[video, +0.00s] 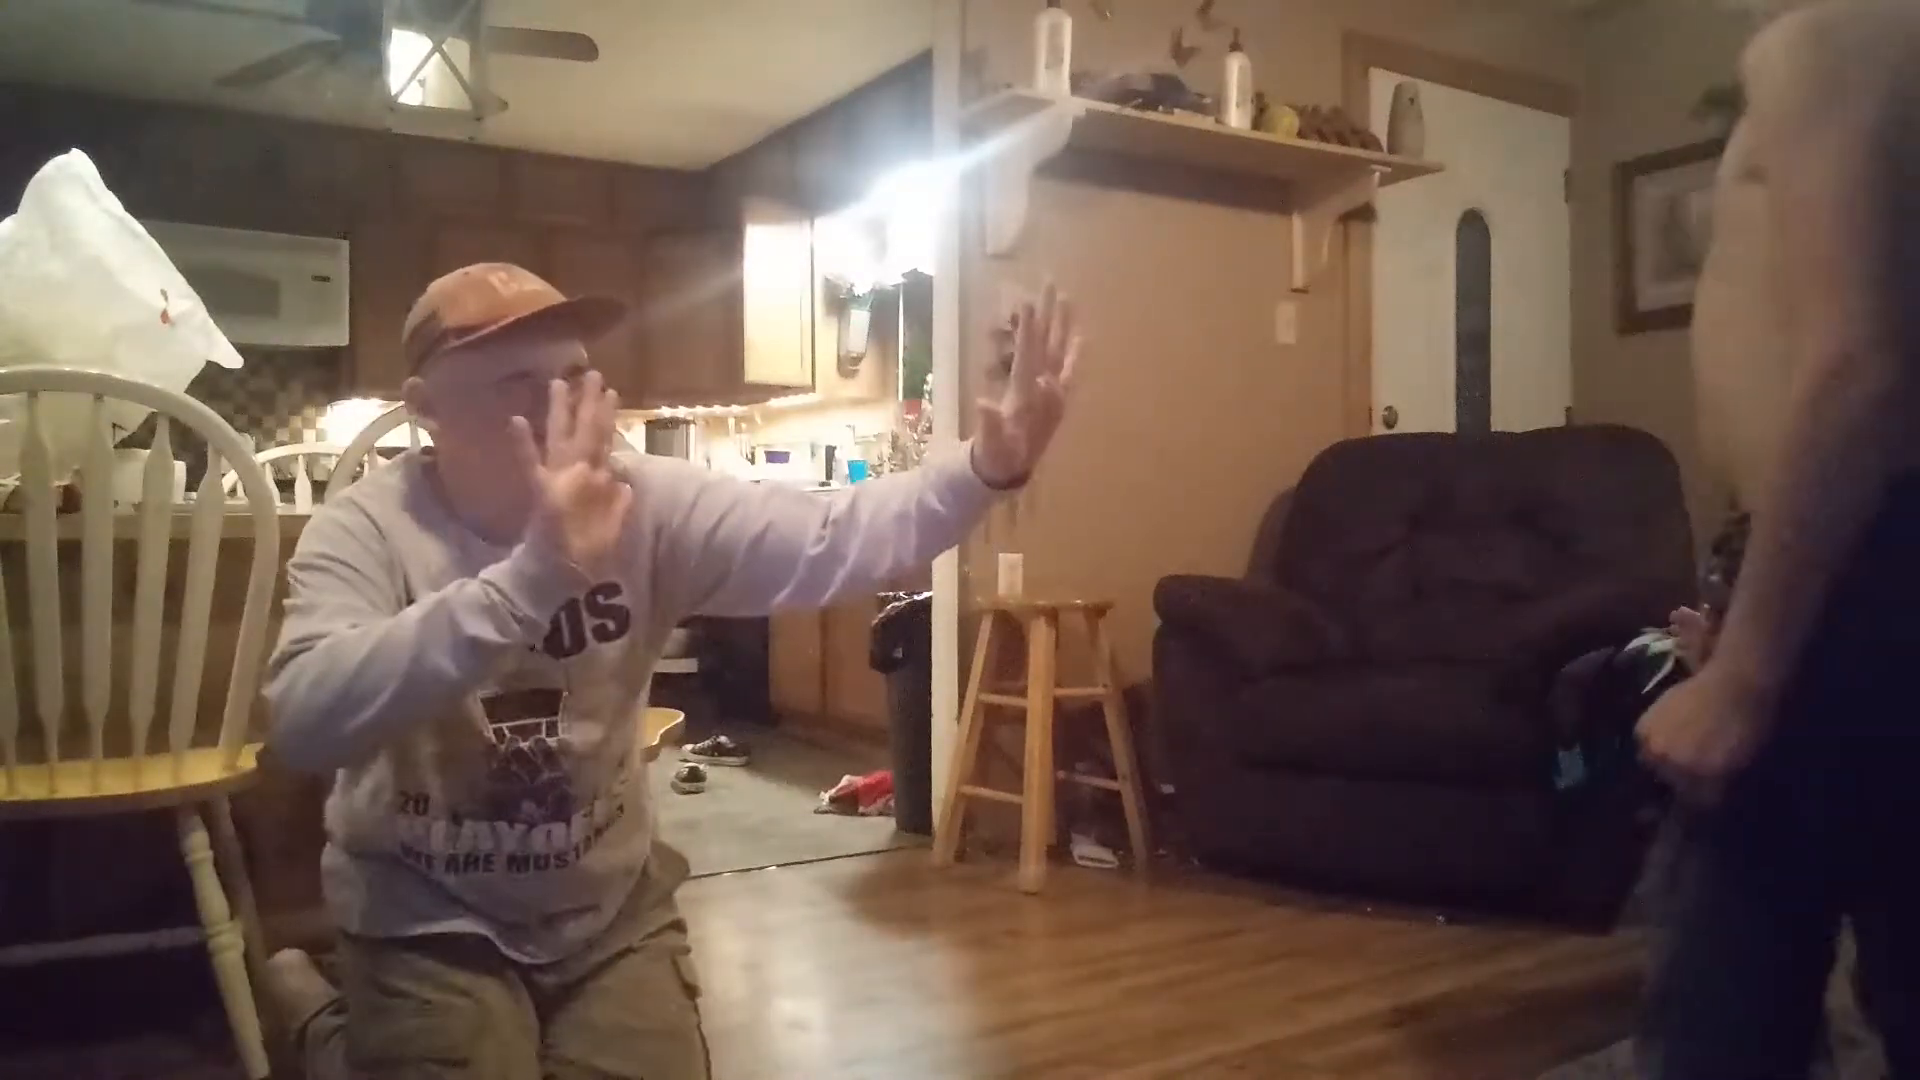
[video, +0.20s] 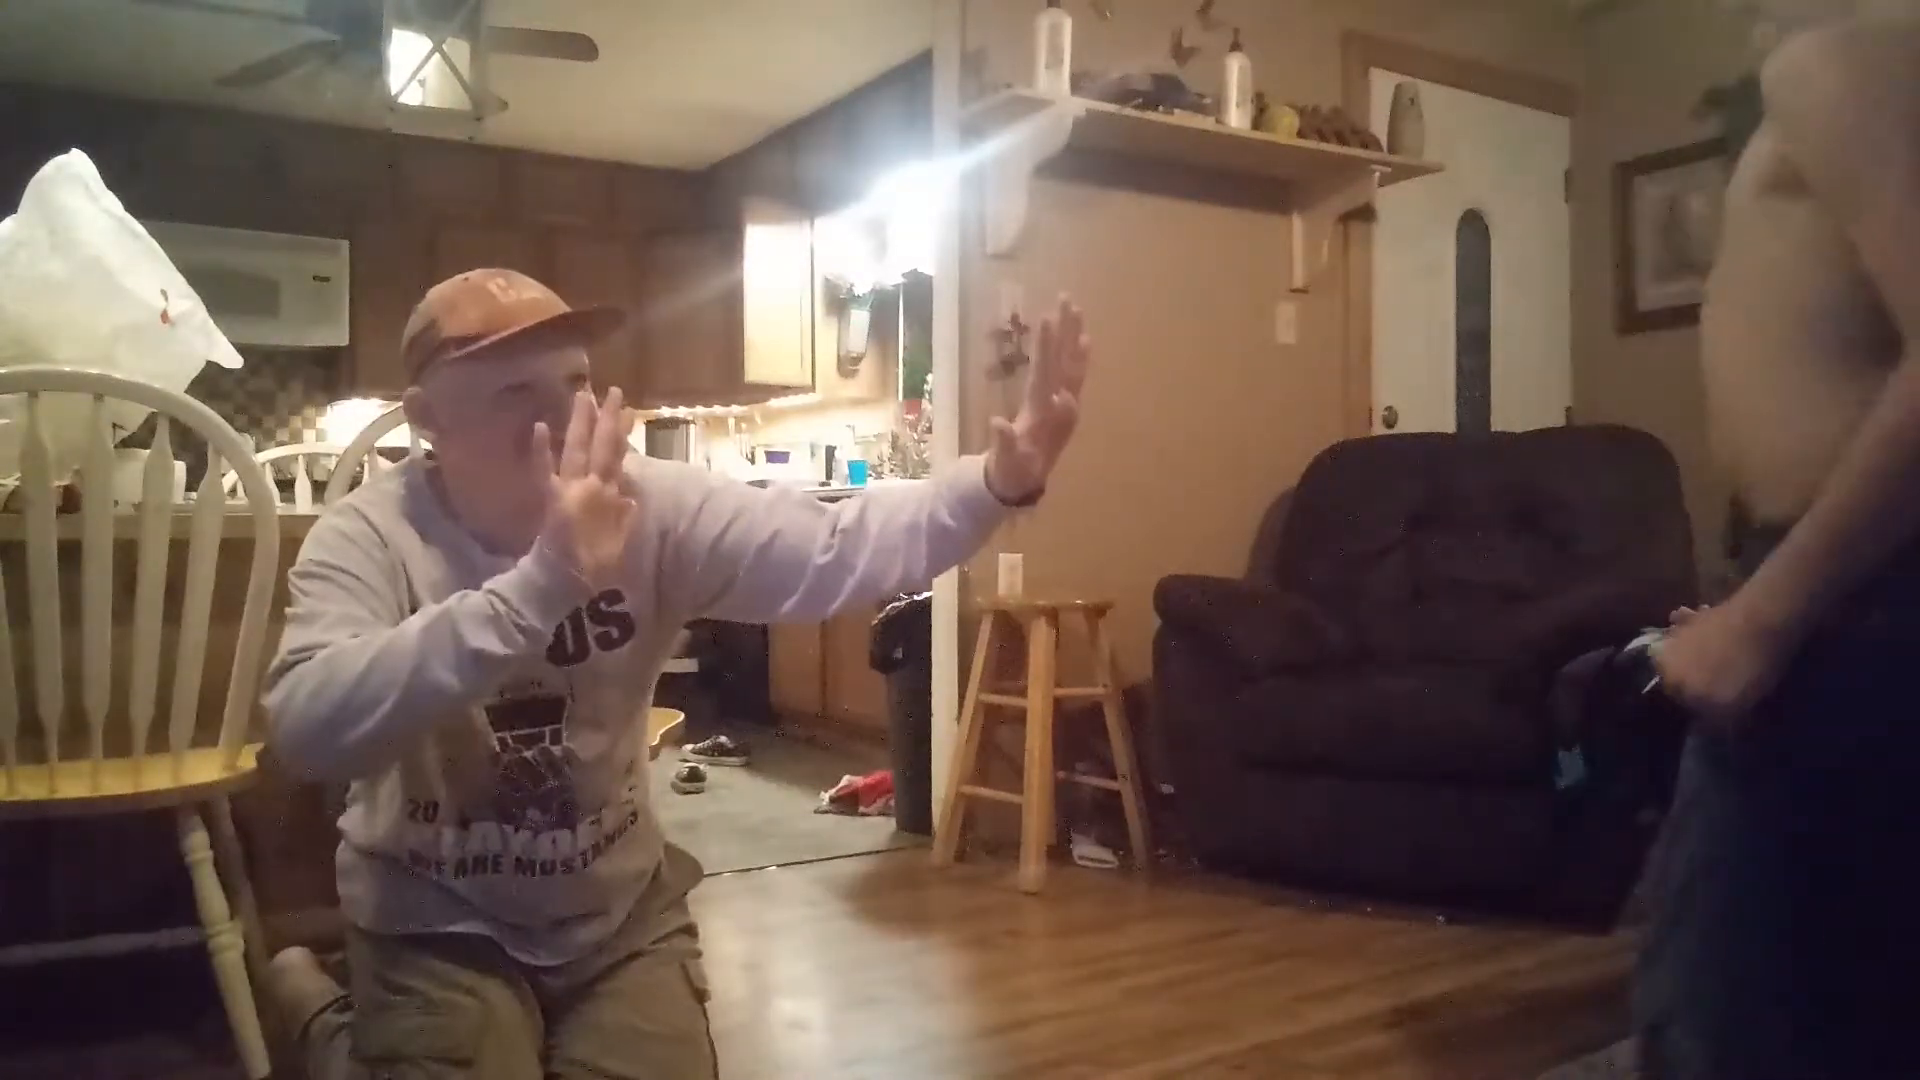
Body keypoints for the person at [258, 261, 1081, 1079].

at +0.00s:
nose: (565, 410)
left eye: (577, 379)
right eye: (523, 387)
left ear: (598, 389)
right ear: (430, 413)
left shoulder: (641, 506)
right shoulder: (367, 526)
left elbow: (830, 533)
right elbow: (306, 717)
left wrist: (988, 465)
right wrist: (532, 574)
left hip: (611, 915)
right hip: (423, 922)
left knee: (655, 1063)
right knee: (464, 1063)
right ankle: (319, 1018)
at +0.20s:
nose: (555, 422)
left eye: (571, 390)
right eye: (512, 397)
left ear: (595, 394)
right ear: (425, 419)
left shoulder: (644, 508)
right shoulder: (370, 530)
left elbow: (832, 546)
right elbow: (308, 722)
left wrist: (1000, 480)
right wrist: (545, 580)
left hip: (620, 915)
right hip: (432, 922)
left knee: (659, 1066)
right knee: (464, 1067)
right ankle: (316, 1014)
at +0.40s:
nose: (561, 437)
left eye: (576, 403)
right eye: (520, 412)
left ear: (599, 406)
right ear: (428, 435)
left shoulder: (648, 517)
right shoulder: (371, 544)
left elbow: (833, 560)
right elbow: (310, 745)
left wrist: (1006, 498)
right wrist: (548, 590)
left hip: (622, 916)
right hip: (432, 929)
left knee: (661, 1066)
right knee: (456, 1068)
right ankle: (318, 1016)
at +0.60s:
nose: (570, 435)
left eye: (580, 400)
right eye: (523, 414)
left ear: (600, 403)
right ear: (427, 439)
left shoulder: (654, 519)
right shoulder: (367, 545)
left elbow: (831, 574)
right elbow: (298, 748)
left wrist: (999, 527)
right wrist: (532, 593)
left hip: (618, 916)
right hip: (431, 930)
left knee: (663, 1067)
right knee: (453, 1068)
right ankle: (315, 1019)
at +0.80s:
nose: (574, 421)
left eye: (580, 389)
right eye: (532, 397)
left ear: (593, 392)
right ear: (433, 428)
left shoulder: (653, 515)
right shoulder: (357, 542)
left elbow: (840, 577)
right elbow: (268, 746)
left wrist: (1004, 536)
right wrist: (497, 592)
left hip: (613, 911)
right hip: (429, 926)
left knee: (663, 1065)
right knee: (448, 1064)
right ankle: (311, 1008)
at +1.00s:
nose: (574, 401)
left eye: (579, 372)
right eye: (531, 378)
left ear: (593, 378)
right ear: (428, 410)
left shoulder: (643, 508)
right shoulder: (349, 535)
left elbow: (833, 577)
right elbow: (248, 744)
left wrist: (1009, 546)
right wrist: (478, 585)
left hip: (611, 915)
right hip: (427, 932)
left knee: (663, 1069)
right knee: (448, 1070)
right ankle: (304, 992)